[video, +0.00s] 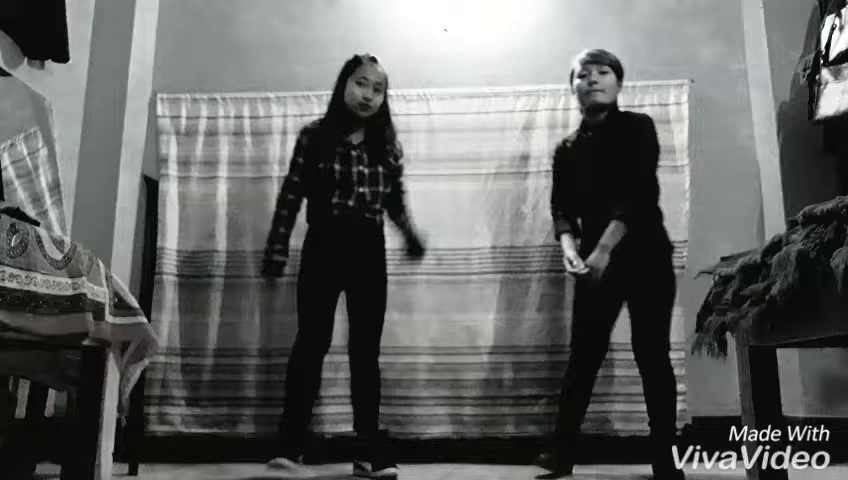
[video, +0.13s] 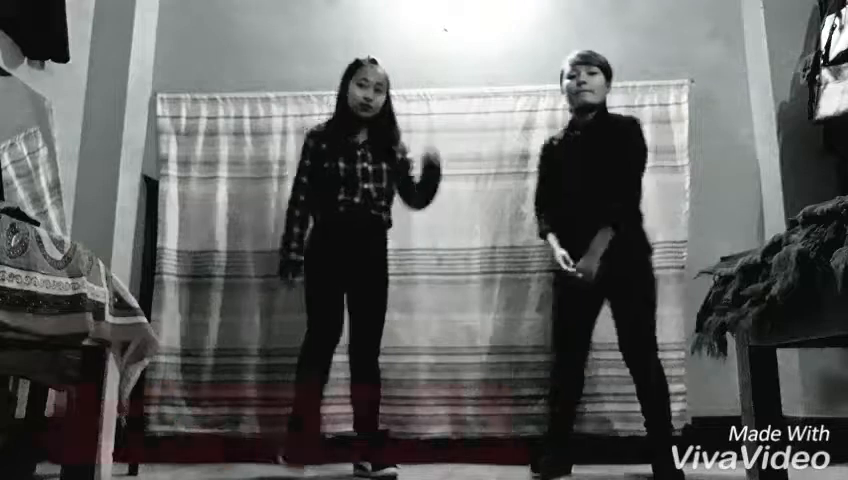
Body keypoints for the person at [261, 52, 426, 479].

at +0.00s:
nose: (368, 94)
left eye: (378, 89)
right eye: (361, 84)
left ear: (384, 97)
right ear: (343, 86)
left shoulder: (386, 142)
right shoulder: (315, 135)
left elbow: (393, 196)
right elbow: (291, 195)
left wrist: (409, 233)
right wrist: (276, 250)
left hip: (368, 255)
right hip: (322, 252)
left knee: (365, 351)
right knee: (310, 345)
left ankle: (370, 450)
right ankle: (291, 445)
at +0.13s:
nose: (370, 94)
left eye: (378, 89)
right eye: (362, 85)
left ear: (386, 98)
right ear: (345, 89)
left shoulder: (389, 144)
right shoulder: (321, 138)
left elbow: (415, 198)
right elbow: (300, 198)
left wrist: (430, 175)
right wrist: (291, 253)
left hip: (369, 253)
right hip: (325, 251)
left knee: (366, 344)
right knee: (322, 337)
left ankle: (368, 443)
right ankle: (301, 437)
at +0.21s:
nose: (366, 98)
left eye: (374, 94)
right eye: (360, 90)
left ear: (382, 104)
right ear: (345, 94)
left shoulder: (388, 149)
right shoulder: (322, 143)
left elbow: (427, 155)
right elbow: (302, 202)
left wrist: (407, 115)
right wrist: (298, 255)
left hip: (371, 256)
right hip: (326, 254)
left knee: (367, 350)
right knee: (316, 347)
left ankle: (370, 446)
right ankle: (301, 447)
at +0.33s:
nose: (353, 99)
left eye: (361, 95)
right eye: (346, 91)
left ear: (371, 105)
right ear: (331, 97)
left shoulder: (378, 145)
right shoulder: (309, 145)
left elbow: (418, 118)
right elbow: (293, 200)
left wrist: (381, 90)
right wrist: (303, 243)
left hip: (362, 253)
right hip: (318, 253)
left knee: (363, 351)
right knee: (310, 350)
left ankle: (372, 450)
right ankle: (298, 451)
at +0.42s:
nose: (342, 95)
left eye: (350, 90)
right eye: (333, 89)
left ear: (359, 101)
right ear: (318, 98)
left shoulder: (367, 142)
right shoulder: (299, 144)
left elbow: (412, 139)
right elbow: (280, 204)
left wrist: (377, 119)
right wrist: (289, 257)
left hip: (353, 251)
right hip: (310, 253)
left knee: (367, 348)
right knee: (306, 350)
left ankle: (374, 446)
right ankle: (297, 449)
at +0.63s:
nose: (337, 99)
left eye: (345, 93)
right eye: (328, 92)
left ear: (355, 103)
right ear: (314, 102)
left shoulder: (372, 153)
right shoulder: (297, 153)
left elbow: (404, 201)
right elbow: (280, 208)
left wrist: (378, 189)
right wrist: (280, 256)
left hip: (359, 263)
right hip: (312, 263)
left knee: (359, 356)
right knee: (307, 355)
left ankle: (361, 448)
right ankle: (296, 447)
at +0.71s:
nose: (345, 100)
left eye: (352, 94)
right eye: (336, 95)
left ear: (363, 104)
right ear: (322, 105)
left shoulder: (380, 153)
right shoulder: (307, 154)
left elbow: (395, 201)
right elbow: (295, 209)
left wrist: (381, 228)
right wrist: (287, 259)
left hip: (365, 261)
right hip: (319, 259)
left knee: (362, 355)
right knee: (312, 352)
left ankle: (362, 444)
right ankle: (300, 443)